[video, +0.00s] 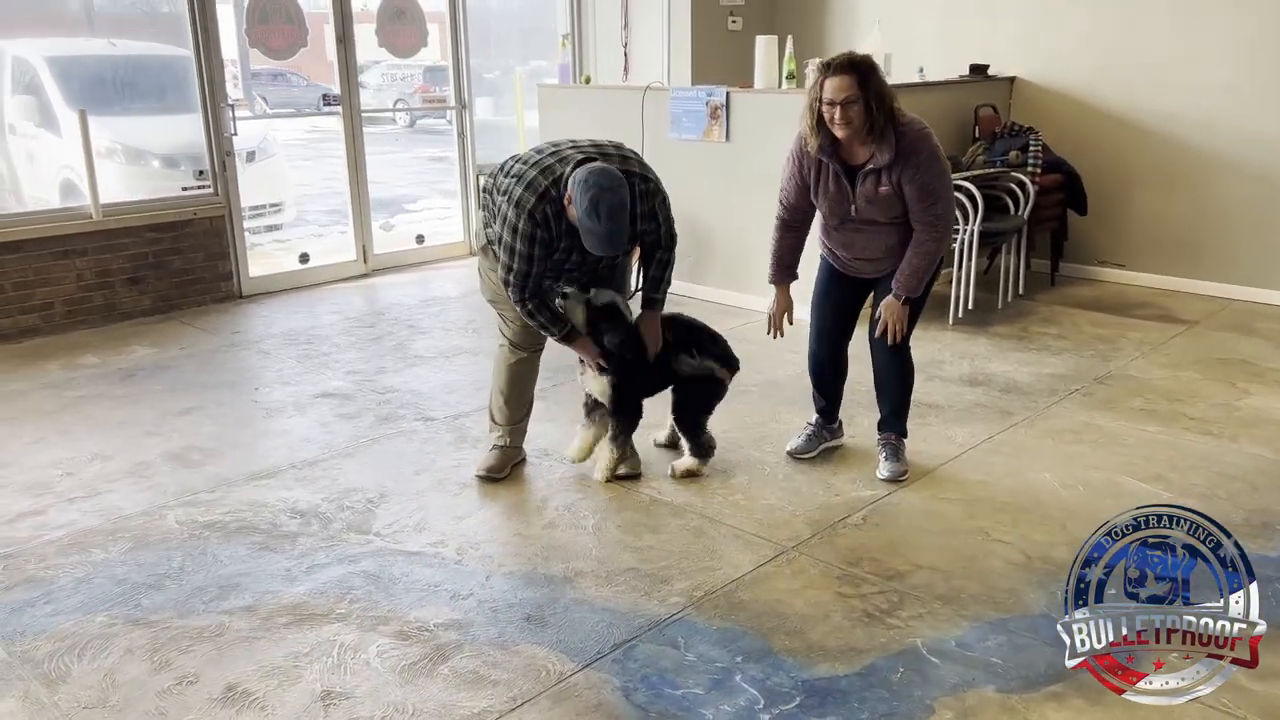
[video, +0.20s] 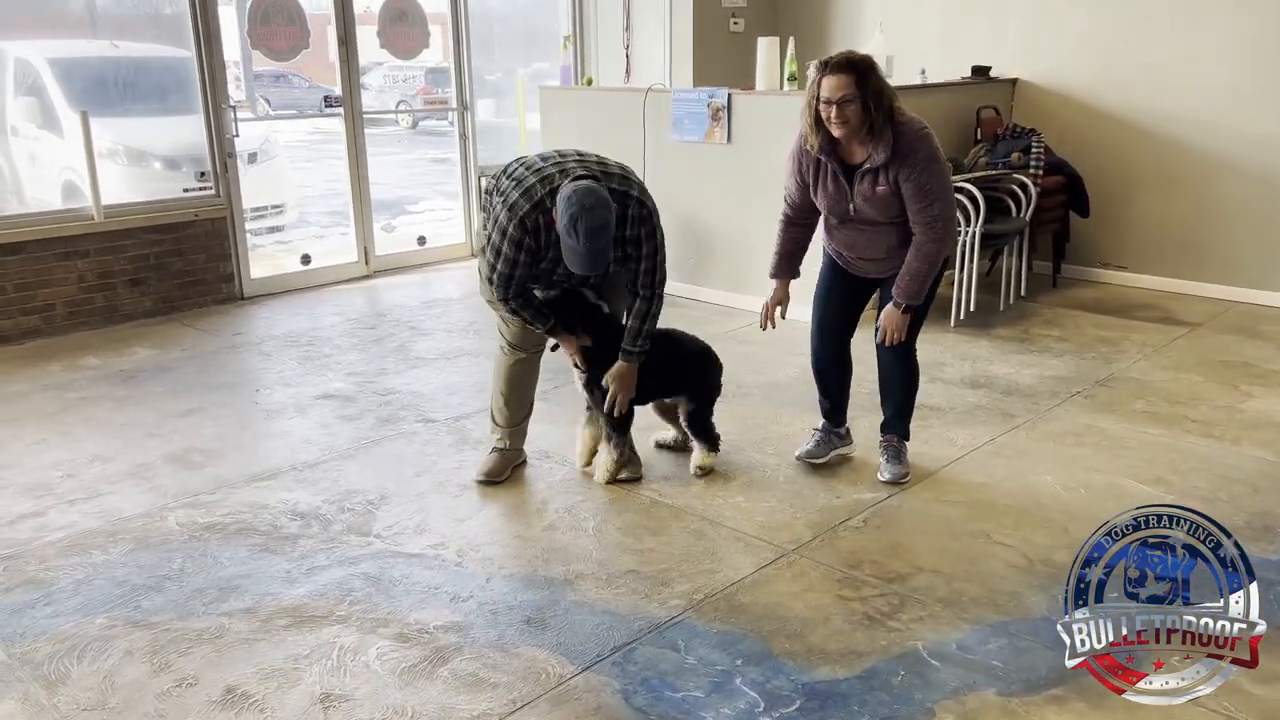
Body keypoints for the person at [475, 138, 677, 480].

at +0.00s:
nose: (602, 247)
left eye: (611, 243)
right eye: (594, 238)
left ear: (628, 201)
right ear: (569, 202)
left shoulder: (644, 186)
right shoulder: (527, 205)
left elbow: (662, 244)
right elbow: (521, 292)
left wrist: (652, 312)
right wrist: (575, 341)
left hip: (603, 245)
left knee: (610, 335)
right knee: (522, 335)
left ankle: (617, 441)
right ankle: (506, 443)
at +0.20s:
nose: (586, 271)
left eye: (595, 265)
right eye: (577, 264)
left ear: (613, 216)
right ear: (556, 218)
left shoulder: (637, 206)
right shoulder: (520, 212)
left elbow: (649, 288)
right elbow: (503, 290)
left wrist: (630, 361)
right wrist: (559, 335)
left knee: (609, 335)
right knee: (520, 338)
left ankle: (617, 442)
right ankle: (507, 445)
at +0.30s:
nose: (579, 281)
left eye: (589, 275)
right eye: (570, 273)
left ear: (608, 230)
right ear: (551, 228)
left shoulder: (633, 217)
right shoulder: (516, 217)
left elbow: (640, 302)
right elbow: (496, 288)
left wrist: (626, 374)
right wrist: (553, 331)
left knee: (609, 337)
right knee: (518, 339)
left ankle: (619, 446)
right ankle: (507, 446)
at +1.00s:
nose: (545, 289)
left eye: (551, 278)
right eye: (533, 284)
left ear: (561, 231)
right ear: (503, 241)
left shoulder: (596, 214)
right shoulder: (475, 230)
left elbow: (625, 283)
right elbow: (482, 303)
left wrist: (605, 355)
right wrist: (542, 344)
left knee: (595, 343)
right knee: (501, 342)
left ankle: (601, 449)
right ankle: (486, 447)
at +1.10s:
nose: (528, 281)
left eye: (537, 272)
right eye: (519, 276)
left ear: (554, 229)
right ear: (494, 233)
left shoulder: (592, 211)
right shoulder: (469, 225)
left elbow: (624, 276)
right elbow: (469, 296)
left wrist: (594, 348)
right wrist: (530, 337)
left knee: (589, 344)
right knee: (497, 343)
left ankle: (596, 449)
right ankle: (481, 448)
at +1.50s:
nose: (512, 255)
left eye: (521, 247)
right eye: (503, 249)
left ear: (540, 216)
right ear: (482, 212)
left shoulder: (576, 209)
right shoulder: (454, 208)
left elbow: (599, 290)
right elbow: (432, 275)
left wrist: (549, 342)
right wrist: (501, 307)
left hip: (556, 262)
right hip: (482, 264)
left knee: (562, 349)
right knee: (477, 343)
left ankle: (577, 445)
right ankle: (463, 446)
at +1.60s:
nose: (504, 244)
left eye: (515, 235)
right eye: (494, 237)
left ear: (536, 205)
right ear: (480, 197)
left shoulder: (573, 202)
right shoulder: (446, 193)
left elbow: (592, 287)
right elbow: (415, 250)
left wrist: (533, 328)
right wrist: (466, 291)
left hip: (549, 278)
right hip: (476, 277)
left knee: (560, 354)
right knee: (467, 353)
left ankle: (573, 444)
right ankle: (459, 447)